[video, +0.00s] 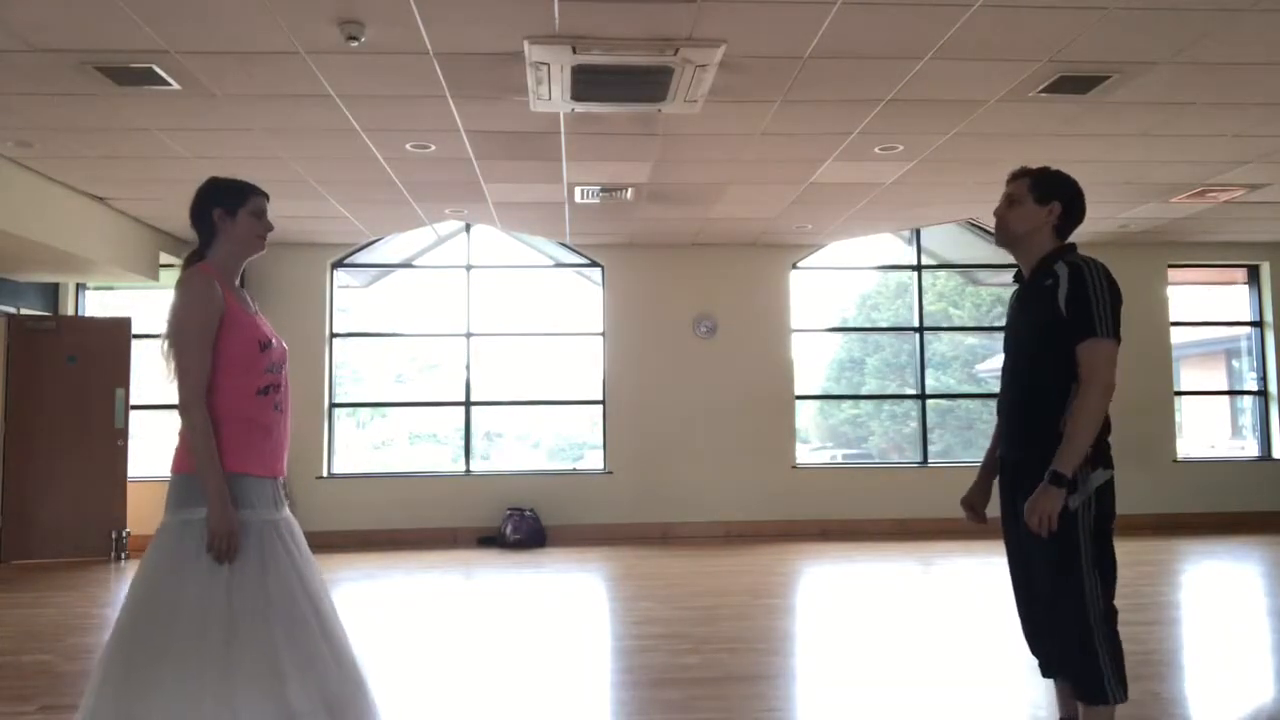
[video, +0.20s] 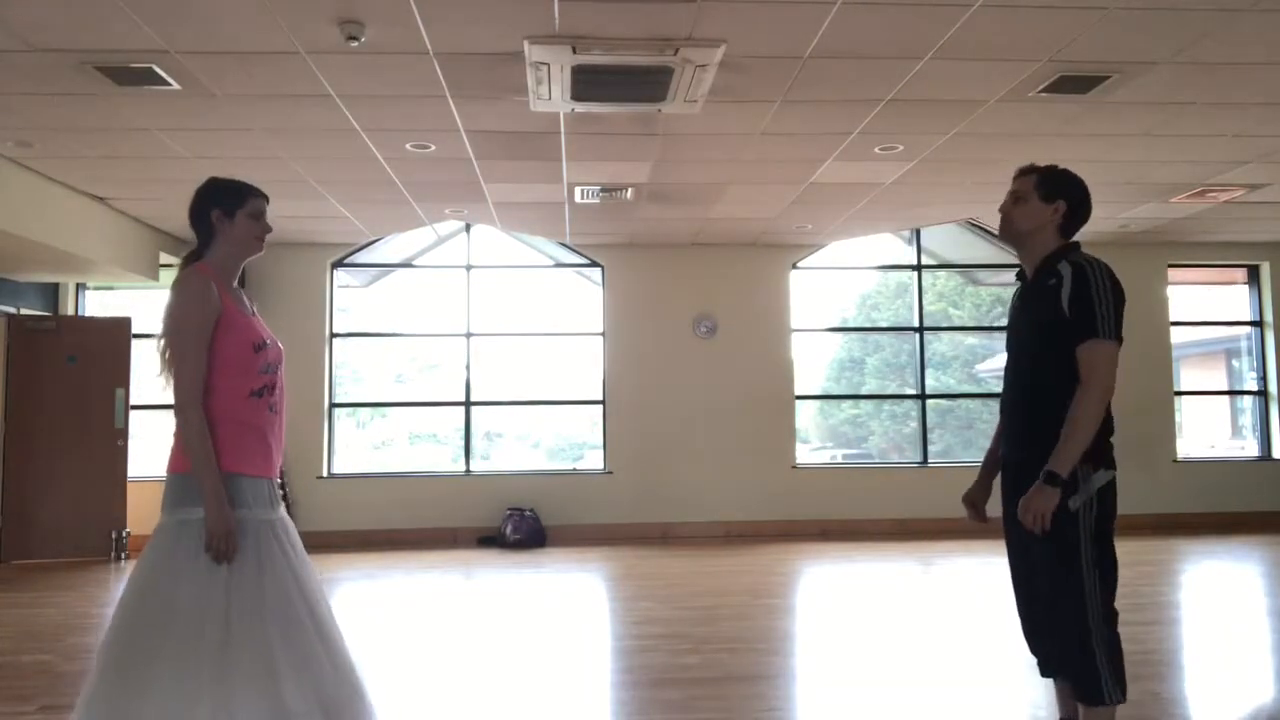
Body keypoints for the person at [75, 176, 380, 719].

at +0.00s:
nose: (269, 227)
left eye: (268, 217)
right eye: (259, 216)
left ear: (227, 221)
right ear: (221, 218)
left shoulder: (236, 293)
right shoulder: (201, 286)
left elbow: (237, 399)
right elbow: (192, 402)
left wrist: (271, 489)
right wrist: (218, 503)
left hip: (257, 492)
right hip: (225, 493)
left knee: (262, 649)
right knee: (224, 651)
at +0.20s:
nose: (267, 229)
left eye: (266, 219)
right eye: (256, 217)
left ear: (225, 222)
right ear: (218, 219)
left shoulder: (236, 294)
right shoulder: (197, 287)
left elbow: (242, 401)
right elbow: (187, 403)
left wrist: (274, 490)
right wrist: (215, 504)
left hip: (254, 494)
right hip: (222, 495)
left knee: (258, 650)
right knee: (221, 651)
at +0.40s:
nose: (265, 230)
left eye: (264, 220)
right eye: (255, 218)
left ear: (226, 224)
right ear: (217, 220)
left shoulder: (234, 296)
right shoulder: (194, 288)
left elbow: (238, 400)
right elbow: (183, 402)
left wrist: (269, 488)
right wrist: (206, 505)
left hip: (253, 493)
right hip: (220, 494)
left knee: (257, 651)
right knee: (218, 653)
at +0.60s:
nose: (262, 230)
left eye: (261, 220)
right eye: (251, 218)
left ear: (223, 225)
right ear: (213, 222)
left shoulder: (233, 298)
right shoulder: (192, 289)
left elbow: (238, 400)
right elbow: (181, 402)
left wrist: (268, 486)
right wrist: (207, 505)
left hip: (252, 494)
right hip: (218, 495)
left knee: (256, 652)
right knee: (215, 653)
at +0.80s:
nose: (260, 232)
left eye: (260, 222)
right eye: (249, 220)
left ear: (222, 226)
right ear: (211, 222)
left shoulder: (229, 296)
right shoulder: (193, 288)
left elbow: (234, 403)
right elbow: (184, 402)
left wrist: (266, 498)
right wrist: (210, 507)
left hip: (249, 496)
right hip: (216, 497)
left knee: (252, 654)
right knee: (214, 657)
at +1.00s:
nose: (260, 232)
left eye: (259, 221)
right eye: (248, 219)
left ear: (222, 226)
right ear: (210, 222)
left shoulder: (231, 298)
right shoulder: (191, 288)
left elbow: (236, 403)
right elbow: (184, 403)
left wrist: (264, 499)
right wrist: (211, 507)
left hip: (249, 498)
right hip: (215, 499)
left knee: (252, 656)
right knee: (214, 658)